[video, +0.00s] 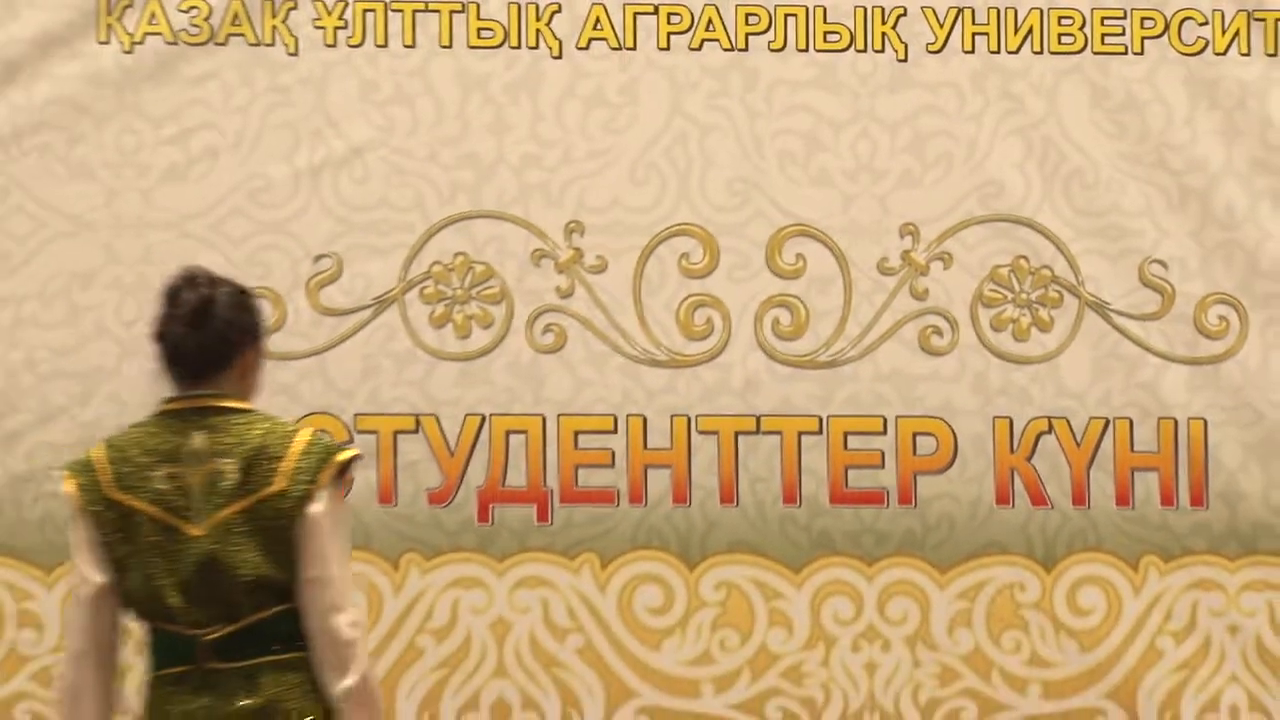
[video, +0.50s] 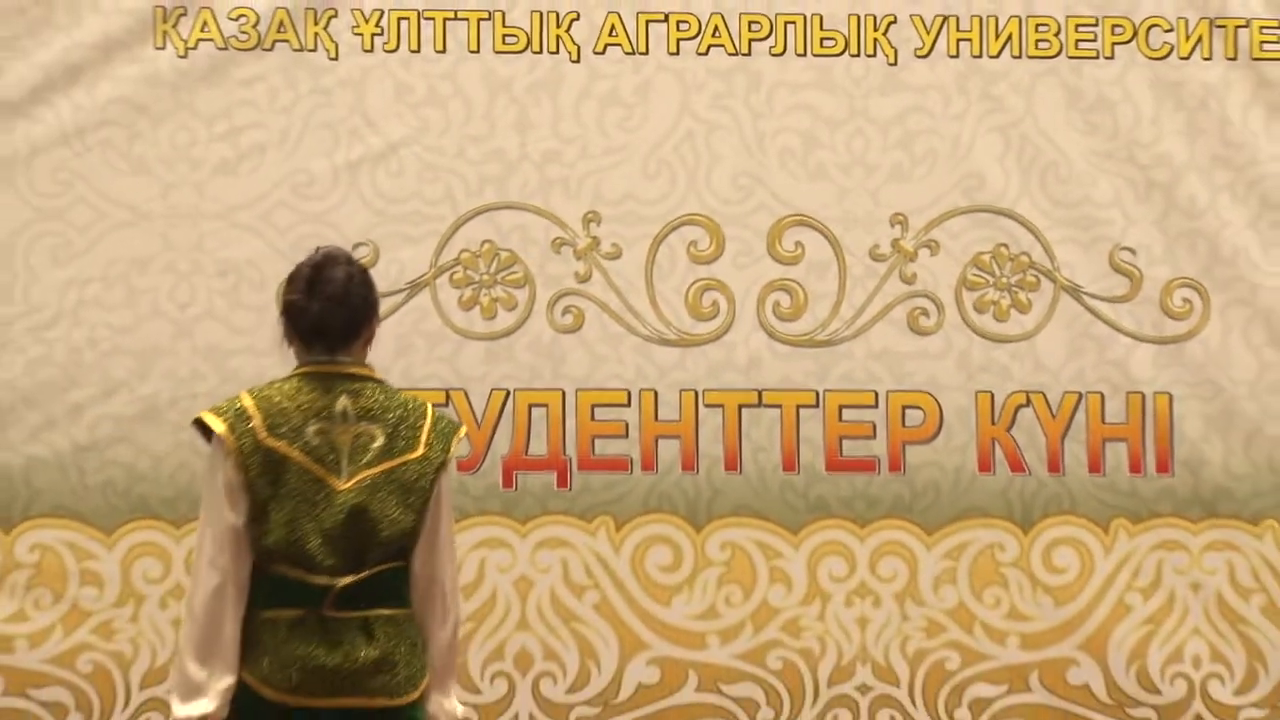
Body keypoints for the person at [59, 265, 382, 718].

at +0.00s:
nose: (261, 361)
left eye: (261, 348)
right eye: (260, 349)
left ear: (166, 354)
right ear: (249, 356)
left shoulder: (101, 471)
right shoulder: (302, 458)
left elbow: (90, 633)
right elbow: (330, 620)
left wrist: (88, 710)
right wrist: (360, 708)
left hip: (172, 697)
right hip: (284, 694)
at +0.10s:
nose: (302, 354)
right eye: (301, 344)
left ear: (208, 350)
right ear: (291, 349)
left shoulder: (149, 464)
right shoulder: (340, 449)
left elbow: (141, 627)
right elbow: (378, 614)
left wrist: (139, 712)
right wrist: (412, 709)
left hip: (216, 696)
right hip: (329, 692)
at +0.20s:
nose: (323, 350)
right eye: (323, 340)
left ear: (232, 348)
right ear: (316, 345)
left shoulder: (172, 460)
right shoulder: (369, 448)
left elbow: (167, 625)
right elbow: (403, 614)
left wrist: (168, 712)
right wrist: (437, 710)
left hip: (232, 700)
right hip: (351, 696)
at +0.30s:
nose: (353, 341)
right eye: (353, 331)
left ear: (263, 341)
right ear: (345, 339)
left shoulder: (207, 444)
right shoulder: (394, 444)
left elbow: (194, 605)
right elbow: (422, 606)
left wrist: (190, 707)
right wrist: (450, 708)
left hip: (249, 693)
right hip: (369, 692)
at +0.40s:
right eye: (365, 325)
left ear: (276, 338)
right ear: (359, 336)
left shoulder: (223, 437)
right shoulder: (409, 439)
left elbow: (207, 592)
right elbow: (430, 595)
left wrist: (196, 706)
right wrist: (453, 707)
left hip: (261, 691)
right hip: (379, 689)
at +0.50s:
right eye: (375, 320)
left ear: (287, 330)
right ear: (372, 330)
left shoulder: (244, 424)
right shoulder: (423, 429)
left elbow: (219, 574)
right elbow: (434, 576)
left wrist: (197, 700)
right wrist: (442, 699)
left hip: (273, 689)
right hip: (389, 690)